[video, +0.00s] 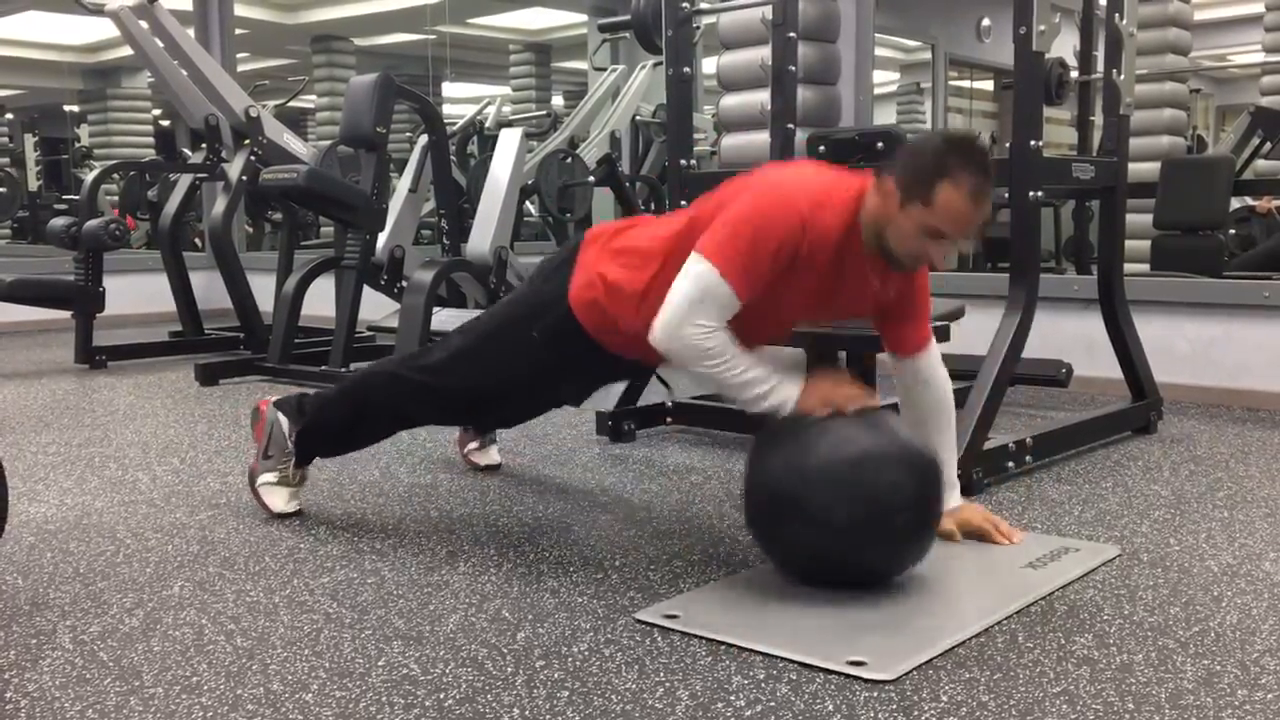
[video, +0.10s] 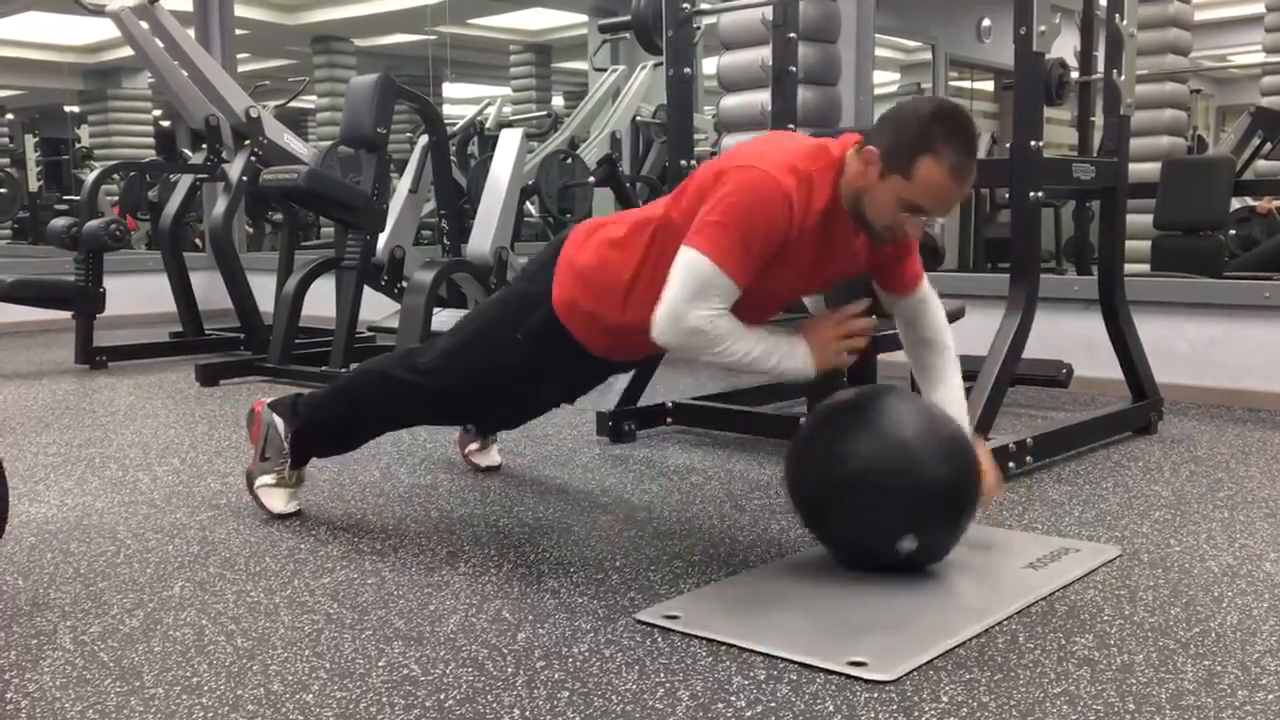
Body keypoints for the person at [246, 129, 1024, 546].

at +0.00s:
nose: (938, 259)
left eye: (954, 247)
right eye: (933, 237)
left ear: (955, 232)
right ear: (889, 192)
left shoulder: (901, 268)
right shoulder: (784, 209)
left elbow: (922, 378)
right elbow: (675, 333)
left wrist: (946, 494)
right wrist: (792, 396)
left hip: (645, 335)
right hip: (593, 291)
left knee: (514, 387)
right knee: (454, 378)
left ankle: (468, 418)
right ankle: (292, 427)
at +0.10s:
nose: (919, 230)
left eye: (933, 218)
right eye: (915, 209)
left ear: (935, 198)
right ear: (871, 161)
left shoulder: (888, 222)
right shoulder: (770, 186)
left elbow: (929, 342)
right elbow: (677, 324)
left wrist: (957, 439)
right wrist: (799, 354)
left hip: (636, 326)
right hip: (579, 289)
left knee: (531, 392)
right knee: (443, 381)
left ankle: (475, 423)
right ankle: (286, 427)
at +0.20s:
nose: (914, 267)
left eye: (930, 257)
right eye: (909, 247)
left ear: (916, 216)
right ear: (869, 199)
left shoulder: (874, 202)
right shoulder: (764, 220)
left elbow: (899, 271)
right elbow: (654, 352)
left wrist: (923, 348)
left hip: (628, 343)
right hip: (573, 318)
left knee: (518, 392)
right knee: (438, 393)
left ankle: (465, 424)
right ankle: (285, 425)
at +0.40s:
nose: (943, 496)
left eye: (961, 485)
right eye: (941, 480)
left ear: (931, 413)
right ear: (900, 434)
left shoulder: (902, 351)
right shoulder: (793, 412)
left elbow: (897, 285)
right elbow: (657, 469)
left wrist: (878, 383)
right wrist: (687, 607)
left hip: (637, 373)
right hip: (586, 428)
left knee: (498, 413)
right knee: (441, 452)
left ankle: (472, 387)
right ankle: (287, 427)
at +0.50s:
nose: (950, 562)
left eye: (969, 555)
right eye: (951, 549)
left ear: (962, 444)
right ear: (914, 495)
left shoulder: (913, 390)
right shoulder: (812, 465)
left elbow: (895, 289)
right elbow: (677, 477)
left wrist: (907, 414)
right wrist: (688, 607)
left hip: (668, 420)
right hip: (607, 483)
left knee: (579, 426)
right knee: (456, 480)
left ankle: (497, 399)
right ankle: (304, 427)